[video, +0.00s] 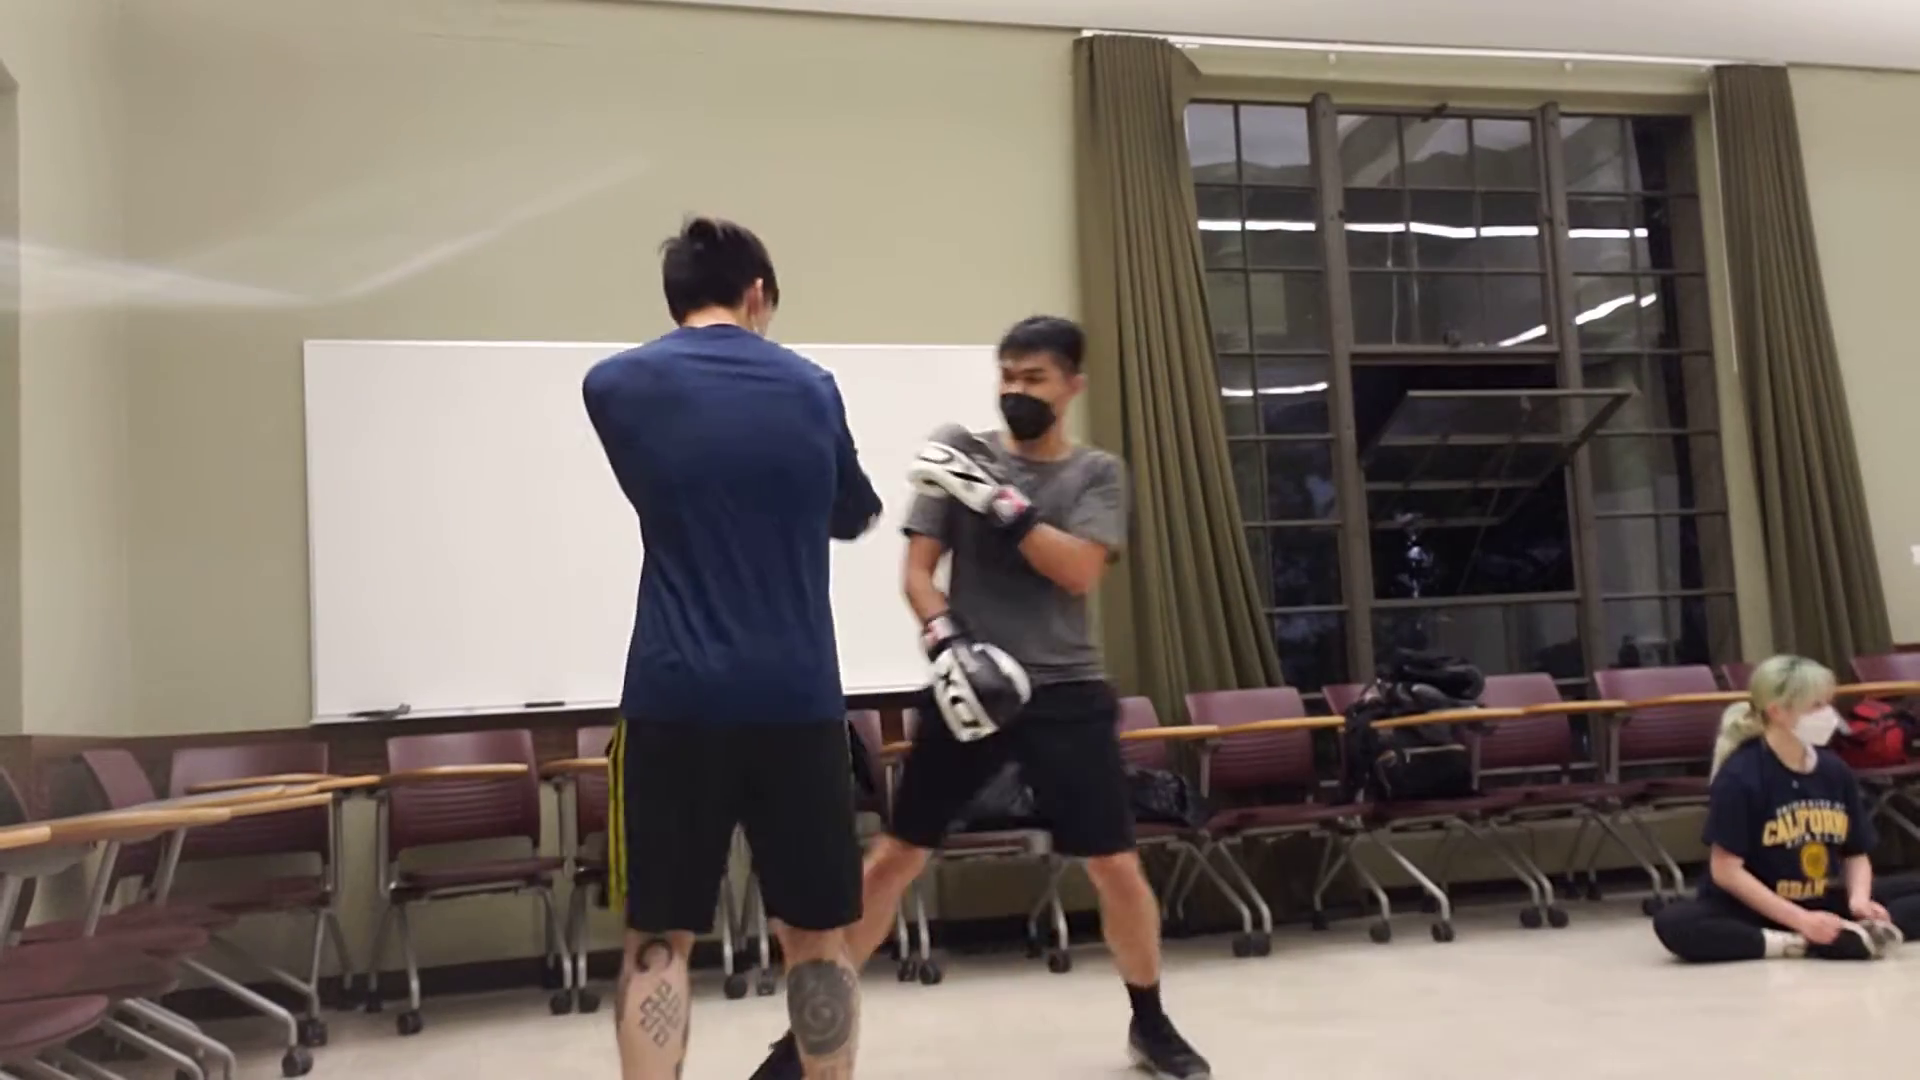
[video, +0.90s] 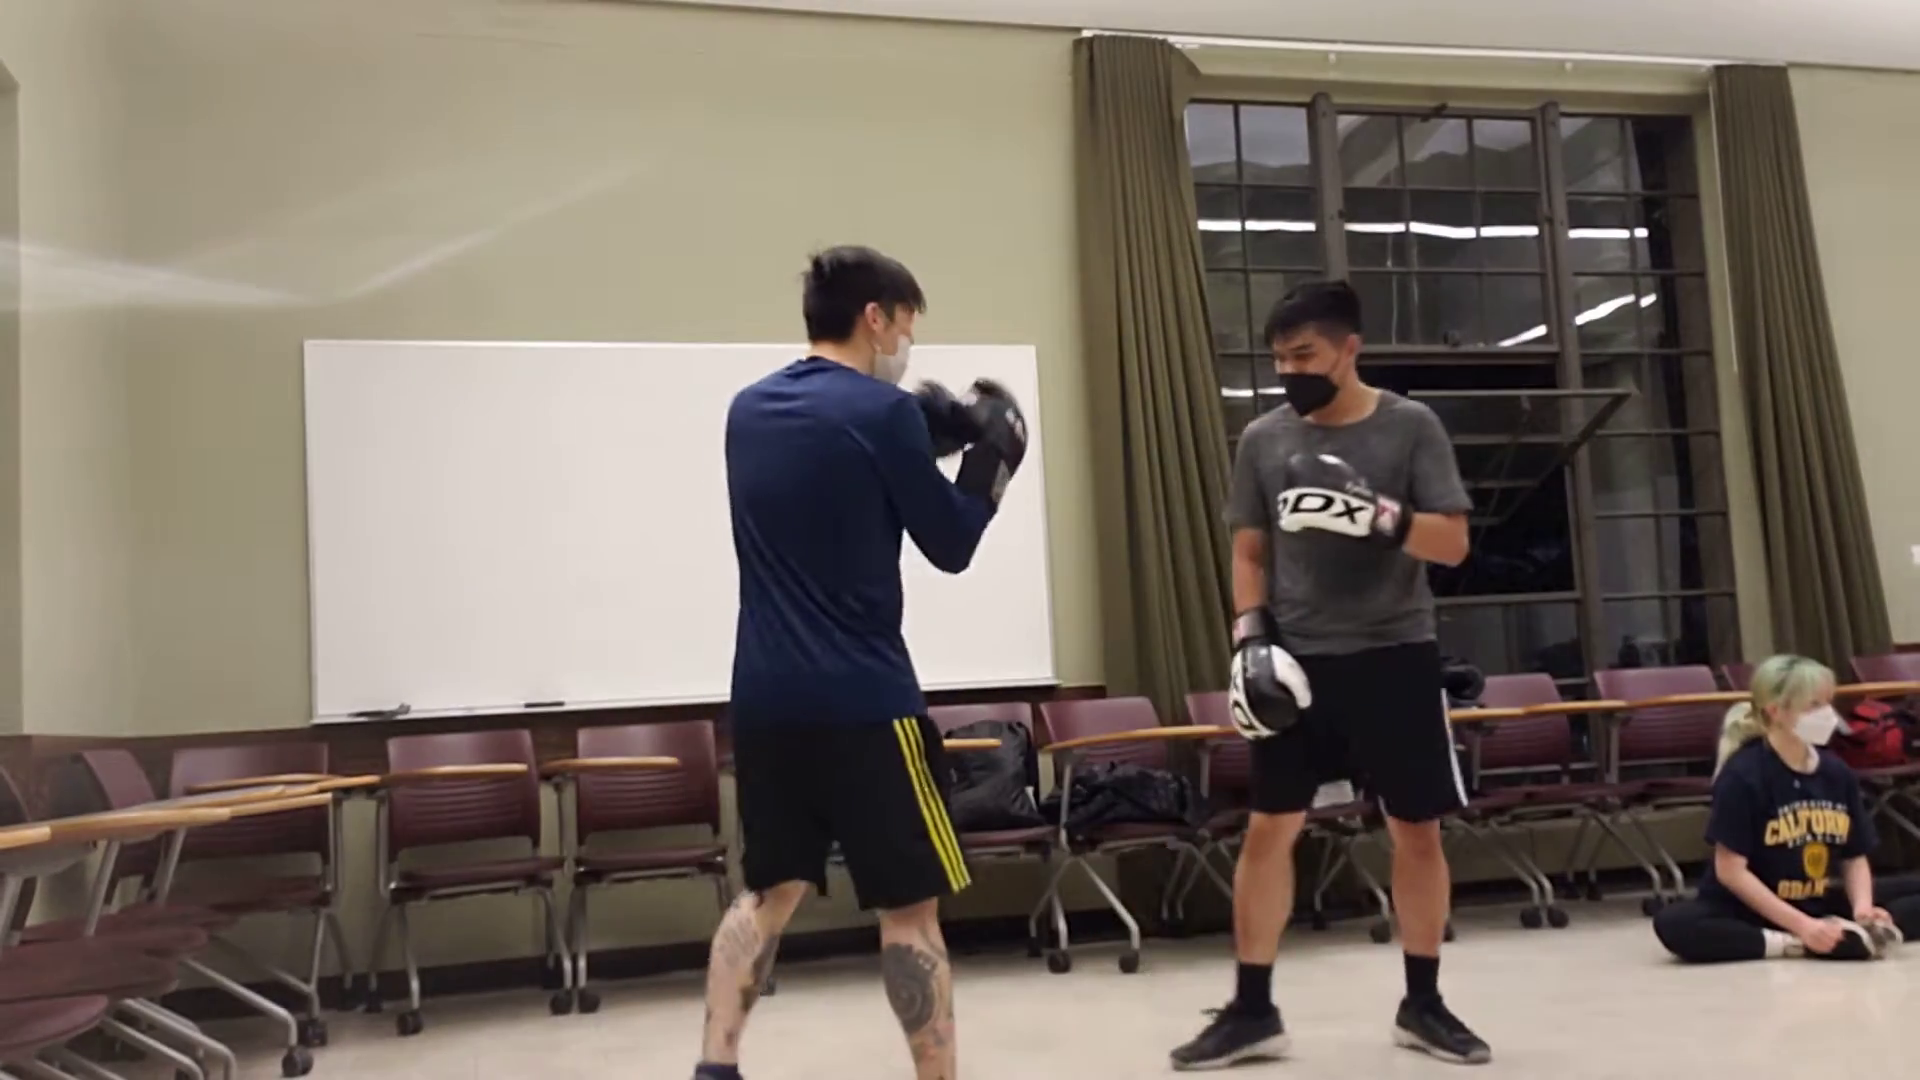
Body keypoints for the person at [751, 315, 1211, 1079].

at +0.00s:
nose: (1018, 392)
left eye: (1035, 379)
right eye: (1008, 379)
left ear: (1073, 385)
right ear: (996, 383)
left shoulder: (1097, 471)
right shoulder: (962, 455)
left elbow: (1081, 572)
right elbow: (917, 572)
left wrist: (998, 502)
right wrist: (946, 641)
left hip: (1067, 695)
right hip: (970, 692)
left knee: (1116, 865)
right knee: (892, 859)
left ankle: (1151, 1022)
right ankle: (811, 1029)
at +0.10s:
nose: (1050, 377)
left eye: (1067, 363)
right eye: (1041, 364)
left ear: (1108, 369)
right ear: (1030, 372)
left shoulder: (1142, 460)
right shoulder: (1003, 453)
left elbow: (1145, 570)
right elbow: (965, 561)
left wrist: (1064, 513)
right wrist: (980, 629)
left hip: (1112, 681)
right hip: (1017, 681)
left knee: (1140, 858)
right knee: (958, 849)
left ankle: (1151, 1021)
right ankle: (904, 1024)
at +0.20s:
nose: (1076, 351)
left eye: (1091, 337)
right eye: (1066, 338)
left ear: (1132, 340)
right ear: (1055, 343)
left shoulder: (1174, 434)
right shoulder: (1027, 428)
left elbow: (1200, 551)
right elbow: (1007, 540)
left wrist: (1129, 511)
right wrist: (1018, 623)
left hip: (1143, 652)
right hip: (1051, 651)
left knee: (1166, 823)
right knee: (1026, 826)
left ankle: (1165, 1004)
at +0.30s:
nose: (1097, 348)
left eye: (1113, 335)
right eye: (1088, 335)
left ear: (1155, 336)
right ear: (1079, 336)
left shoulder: (1196, 426)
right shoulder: (1051, 421)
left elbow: (1230, 545)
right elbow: (1023, 534)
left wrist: (1190, 526)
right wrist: (1047, 624)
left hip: (1175, 640)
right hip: (1084, 642)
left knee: (1217, 808)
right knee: (1086, 822)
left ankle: (1217, 988)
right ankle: (1105, 992)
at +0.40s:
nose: (1126, 375)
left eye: (1143, 361)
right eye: (1117, 361)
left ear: (1186, 363)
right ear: (1108, 364)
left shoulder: (1225, 455)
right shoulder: (1079, 454)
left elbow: (1250, 576)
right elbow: (1047, 563)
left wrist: (1218, 548)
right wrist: (1078, 645)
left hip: (1211, 667)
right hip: (1117, 674)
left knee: (1274, 824)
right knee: (1118, 849)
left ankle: (1320, 993)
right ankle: (1121, 1006)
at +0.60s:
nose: (1210, 382)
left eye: (1224, 366)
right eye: (1199, 370)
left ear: (1267, 364)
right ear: (1189, 374)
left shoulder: (1321, 450)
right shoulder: (1167, 459)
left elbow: (1355, 569)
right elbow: (1150, 571)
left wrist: (1284, 536)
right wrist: (1161, 659)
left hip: (1307, 674)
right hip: (1206, 676)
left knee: (1367, 833)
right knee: (1170, 847)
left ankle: (1417, 1000)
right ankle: (1131, 1002)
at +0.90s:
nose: (1292, 370)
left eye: (1306, 352)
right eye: (1281, 357)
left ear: (1349, 346)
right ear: (1272, 361)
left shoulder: (1412, 426)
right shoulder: (1261, 440)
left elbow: (1453, 543)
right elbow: (1249, 553)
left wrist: (1382, 515)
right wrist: (1249, 641)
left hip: (1395, 657)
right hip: (1295, 660)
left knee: (1417, 826)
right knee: (1269, 826)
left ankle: (1423, 1003)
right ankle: (1251, 1007)